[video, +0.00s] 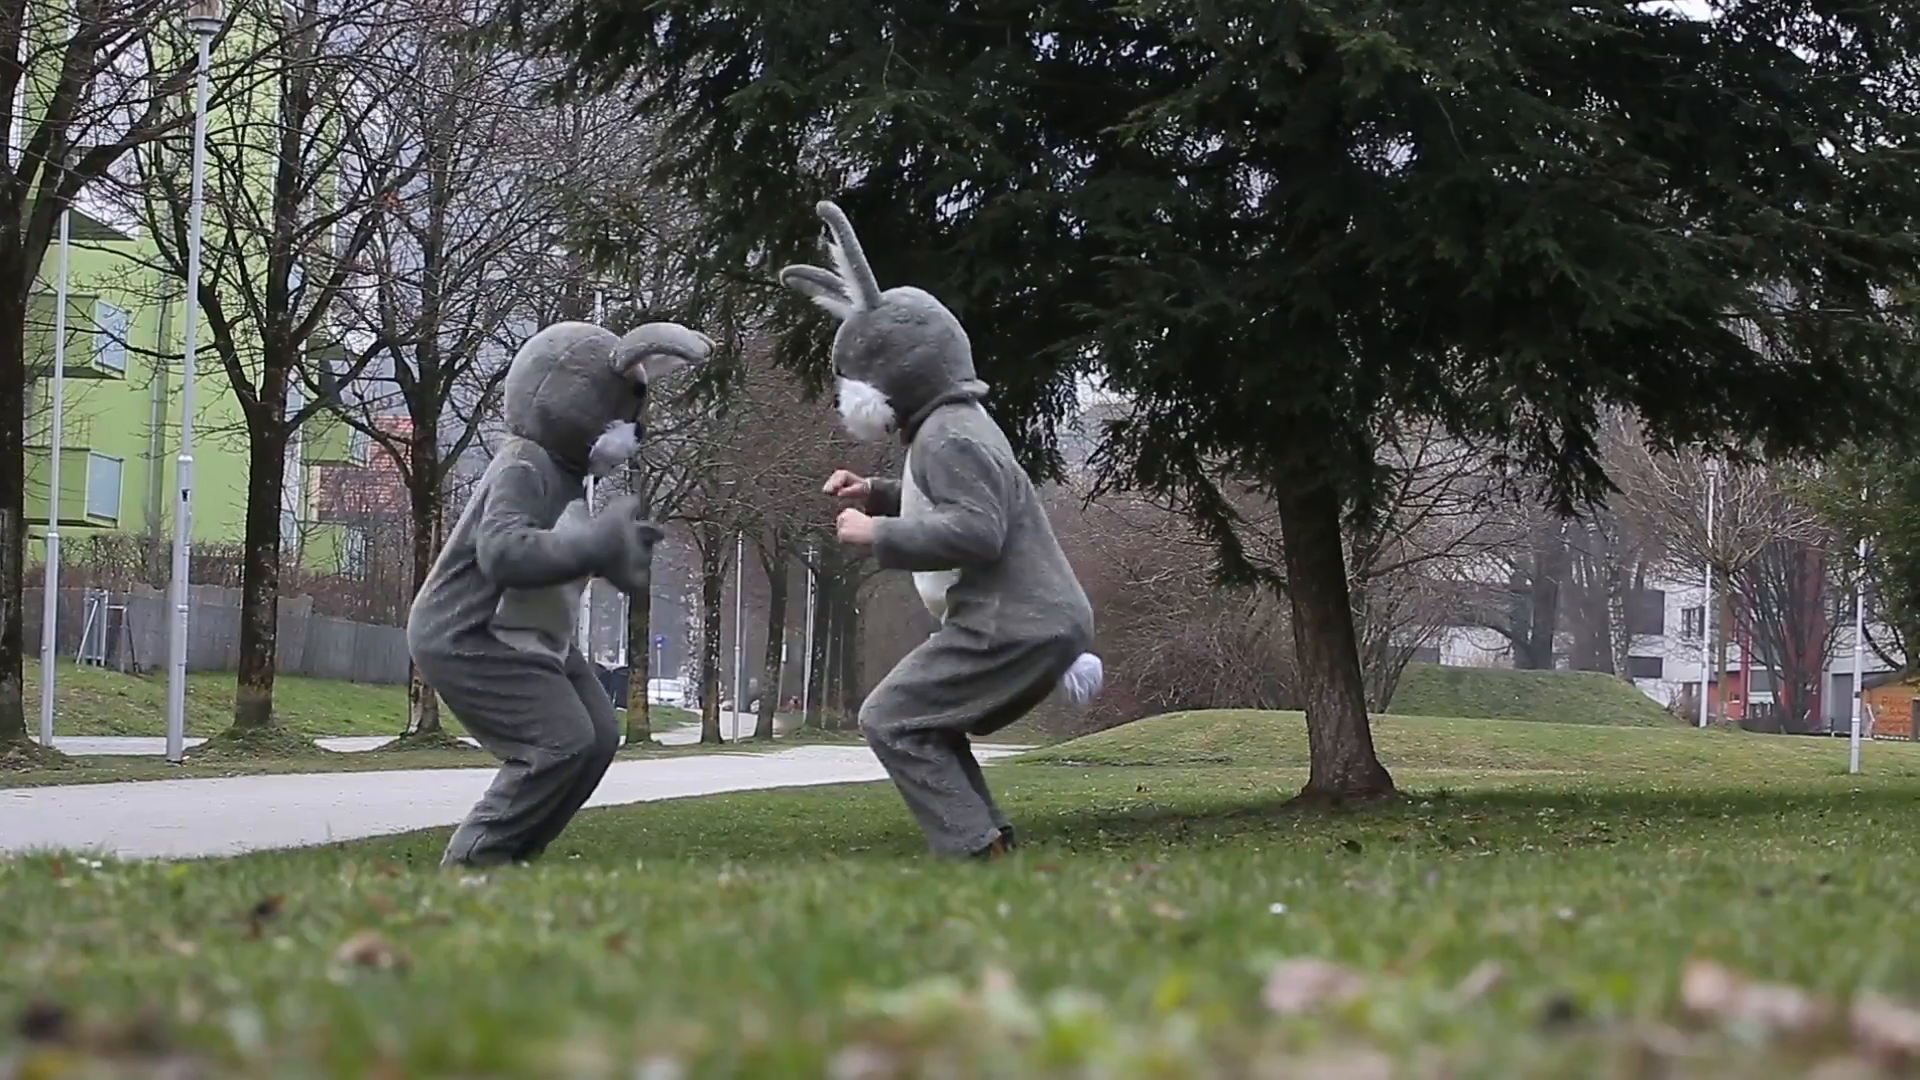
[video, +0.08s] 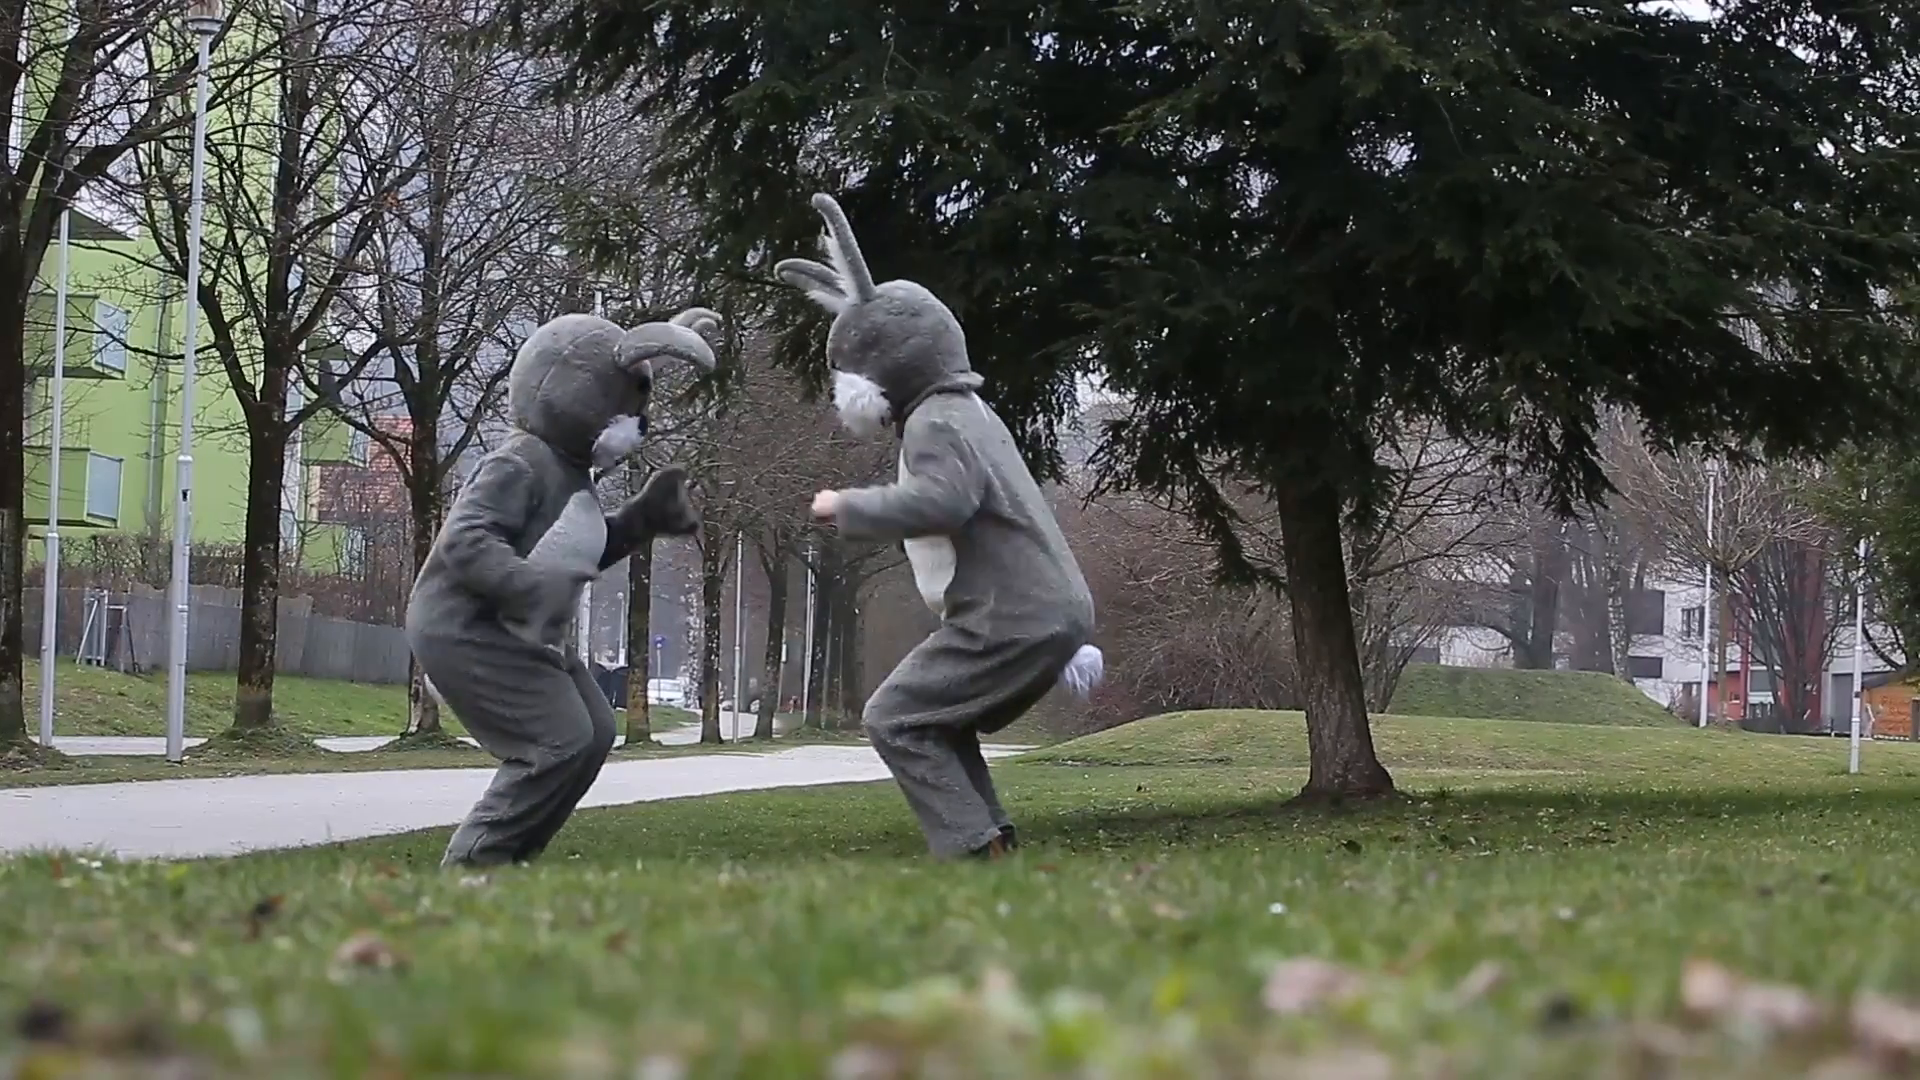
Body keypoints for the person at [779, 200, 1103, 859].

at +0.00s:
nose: (847, 397)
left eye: (854, 380)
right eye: (845, 382)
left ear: (894, 374)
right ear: (921, 366)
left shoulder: (948, 436)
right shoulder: (954, 427)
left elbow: (979, 531)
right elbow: (946, 505)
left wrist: (883, 531)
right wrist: (878, 493)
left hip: (1018, 623)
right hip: (1037, 621)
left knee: (890, 716)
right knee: (923, 719)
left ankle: (974, 844)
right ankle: (985, 835)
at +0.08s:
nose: (844, 392)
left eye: (849, 374)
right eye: (841, 377)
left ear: (888, 364)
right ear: (927, 355)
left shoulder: (936, 419)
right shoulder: (971, 414)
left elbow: (945, 497)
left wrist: (850, 505)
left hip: (1015, 616)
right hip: (1053, 613)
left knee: (893, 716)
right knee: (942, 721)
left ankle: (973, 843)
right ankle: (989, 833)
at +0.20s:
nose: (843, 391)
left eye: (847, 372)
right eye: (838, 375)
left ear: (883, 360)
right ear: (932, 350)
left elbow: (884, 454)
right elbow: (993, 506)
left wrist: (816, 475)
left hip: (1016, 609)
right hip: (1057, 606)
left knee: (898, 715)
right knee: (947, 722)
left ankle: (978, 840)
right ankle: (993, 832)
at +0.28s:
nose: (839, 387)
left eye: (845, 370)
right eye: (835, 373)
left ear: (882, 360)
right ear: (923, 351)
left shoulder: (933, 409)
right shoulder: (965, 408)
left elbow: (923, 467)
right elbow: (982, 506)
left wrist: (835, 479)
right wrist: (920, 529)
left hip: (1013, 607)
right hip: (1048, 606)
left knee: (892, 716)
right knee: (939, 722)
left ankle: (977, 842)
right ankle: (989, 833)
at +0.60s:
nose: (827, 391)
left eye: (834, 373)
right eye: (825, 376)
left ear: (874, 365)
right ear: (909, 357)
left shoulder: (926, 417)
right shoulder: (943, 416)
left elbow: (938, 489)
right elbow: (936, 497)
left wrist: (842, 501)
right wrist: (855, 512)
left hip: (1002, 621)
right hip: (1025, 619)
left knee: (880, 721)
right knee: (924, 727)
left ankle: (974, 844)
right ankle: (985, 834)